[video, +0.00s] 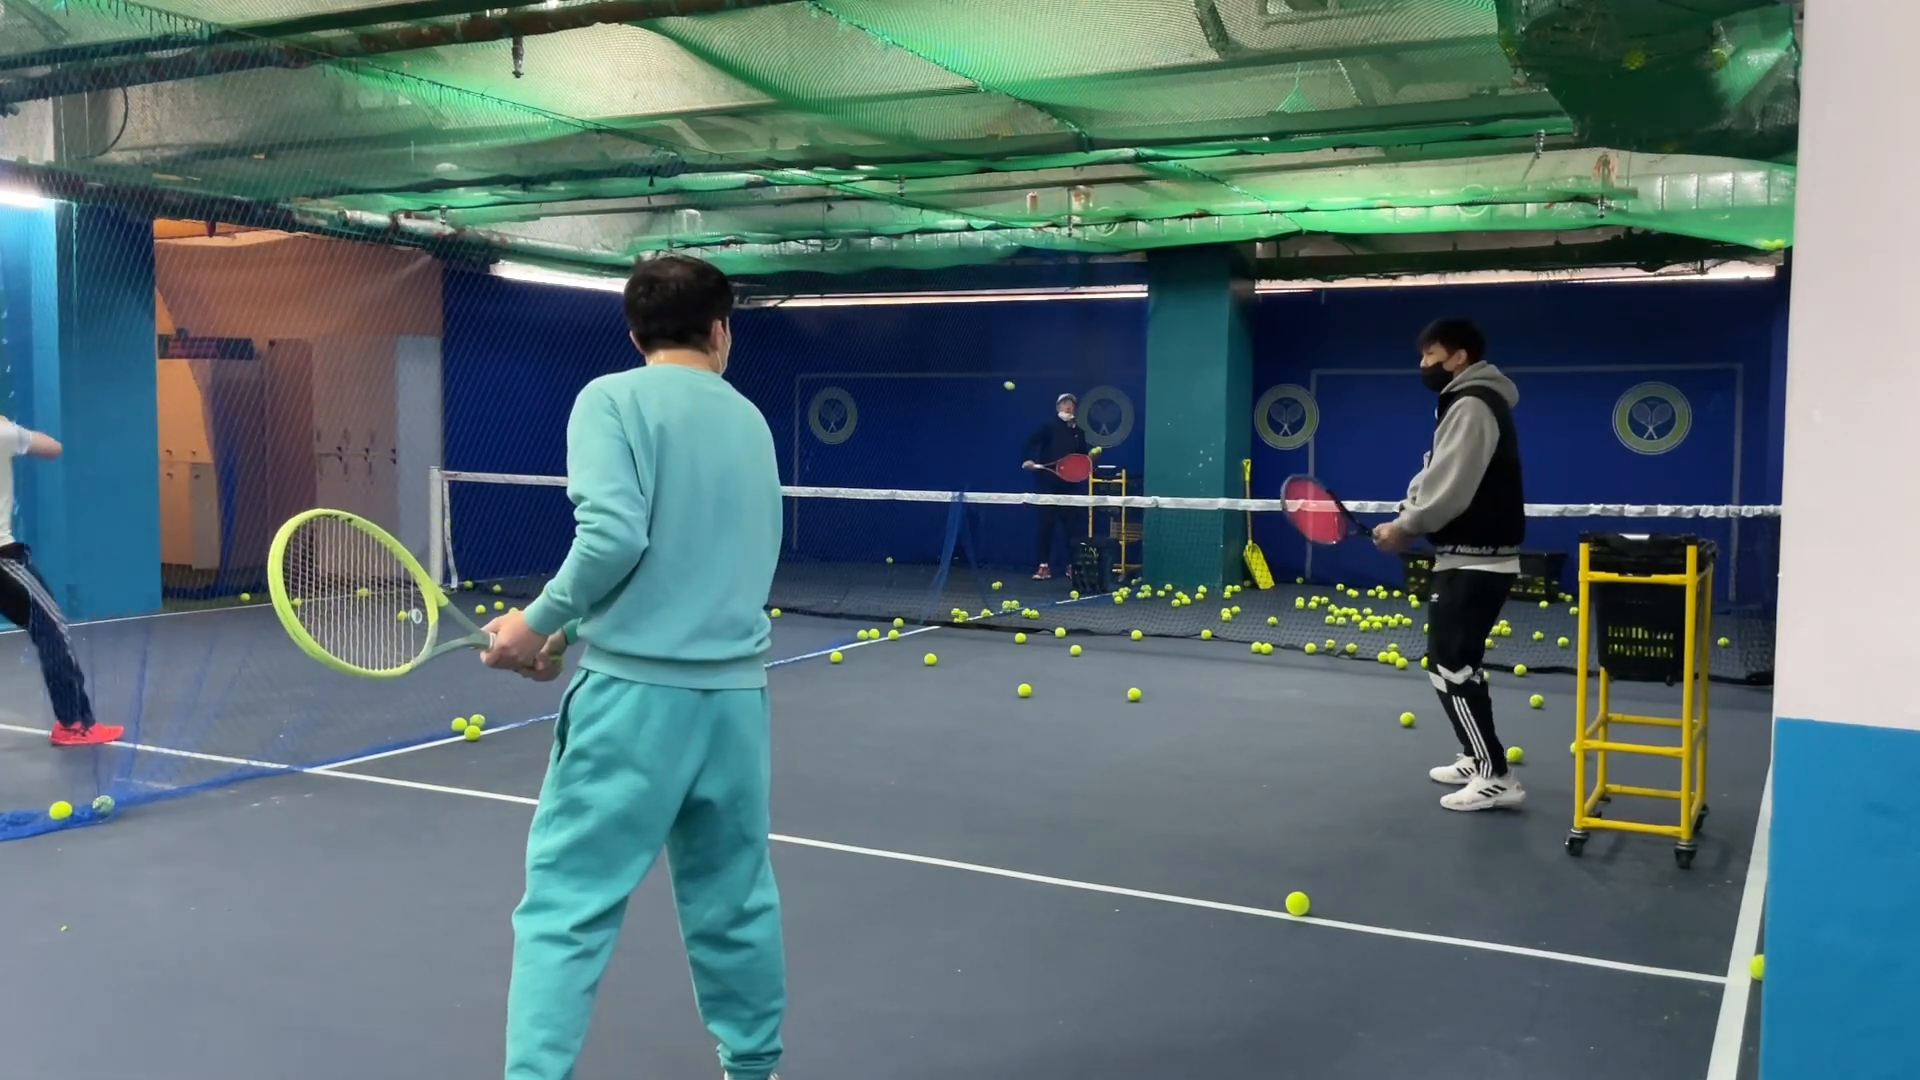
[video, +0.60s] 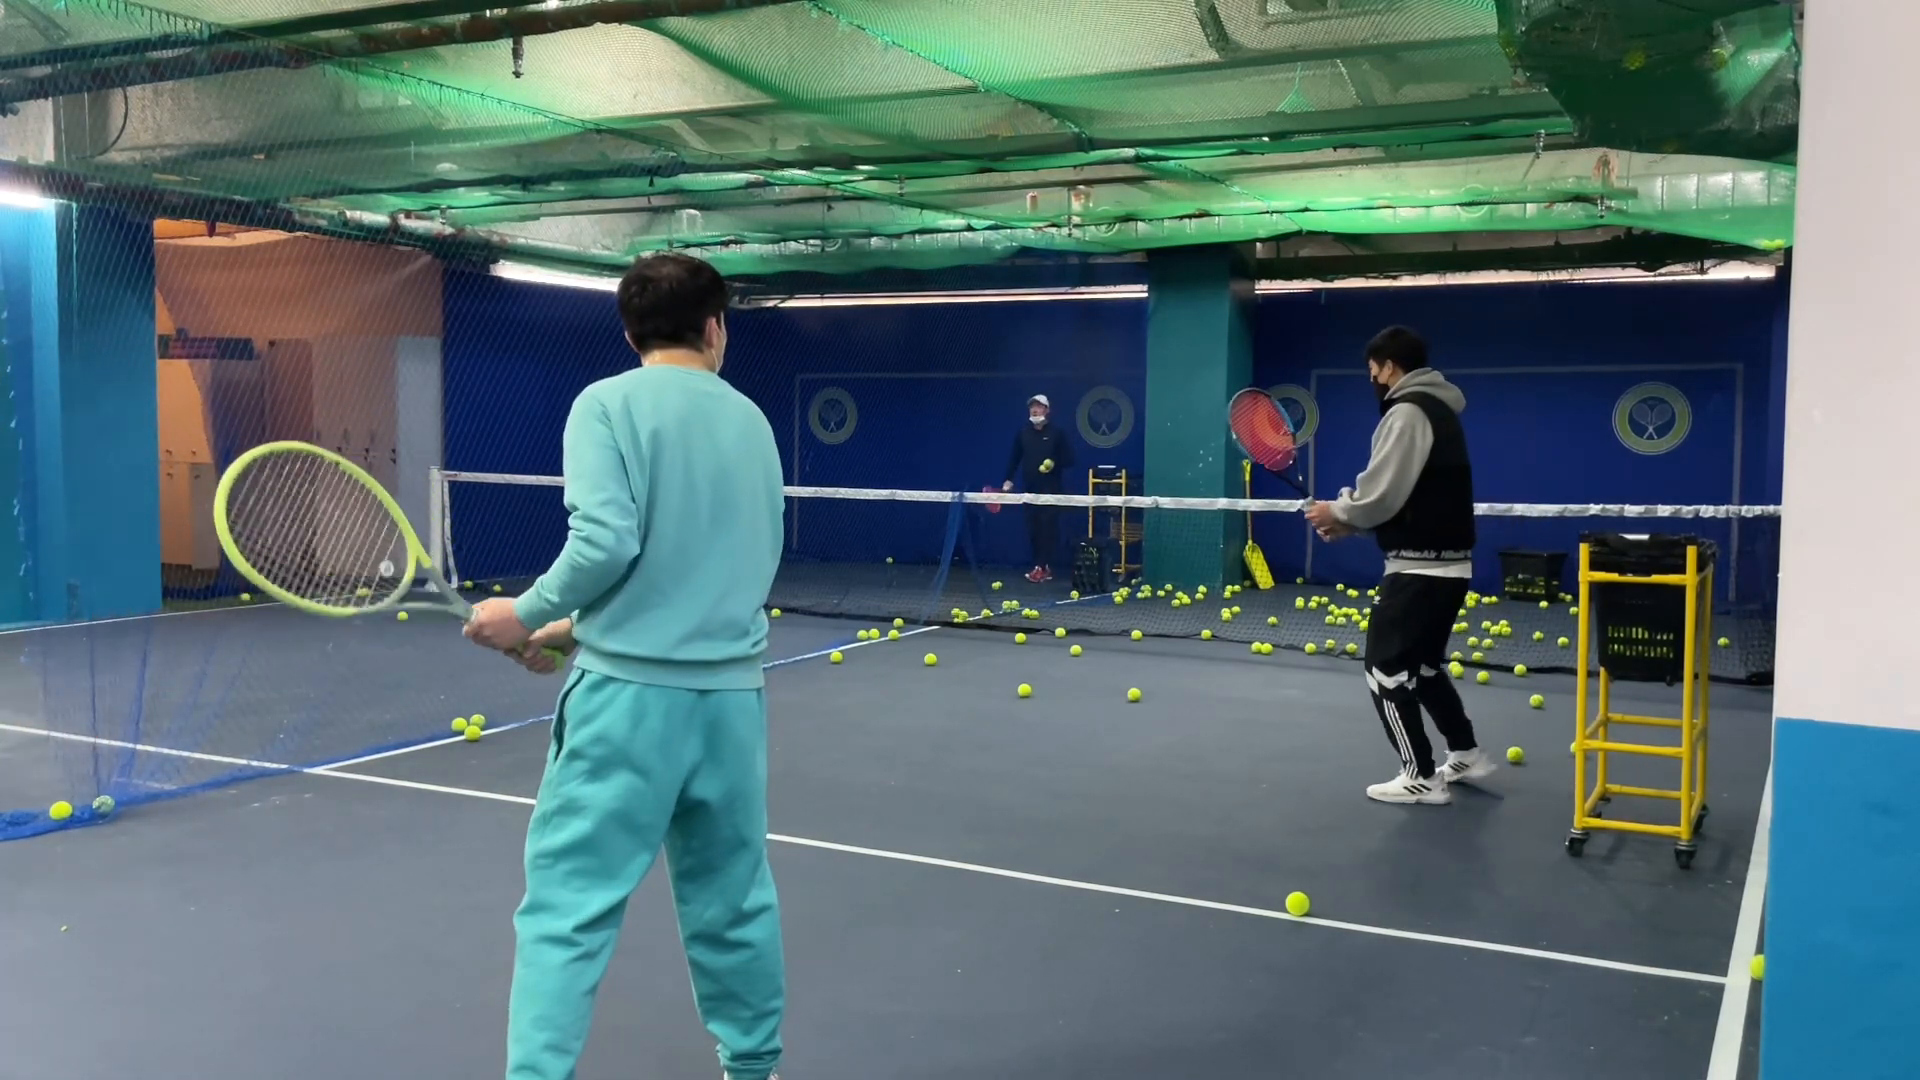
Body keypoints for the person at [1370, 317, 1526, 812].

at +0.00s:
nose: (1423, 364)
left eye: (1430, 354)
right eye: (1422, 355)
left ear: (1460, 356)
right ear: (1459, 359)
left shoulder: (1473, 408)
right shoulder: (1466, 404)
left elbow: (1450, 482)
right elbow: (1440, 474)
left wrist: (1404, 526)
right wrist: (1403, 521)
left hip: (1477, 565)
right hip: (1467, 563)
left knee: (1451, 668)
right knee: (1452, 664)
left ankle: (1494, 780)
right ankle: (1482, 759)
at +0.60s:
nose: (1374, 378)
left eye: (1374, 369)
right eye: (1373, 369)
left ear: (1390, 366)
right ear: (1414, 363)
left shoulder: (1408, 413)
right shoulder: (1437, 409)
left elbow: (1381, 492)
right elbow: (1407, 496)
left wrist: (1337, 508)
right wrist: (1352, 521)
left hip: (1418, 571)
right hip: (1448, 570)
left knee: (1386, 673)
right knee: (1425, 666)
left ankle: (1421, 778)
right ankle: (1467, 754)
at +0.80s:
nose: (1350, 376)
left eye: (1351, 368)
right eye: (1350, 368)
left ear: (1364, 366)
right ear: (1392, 364)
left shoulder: (1379, 413)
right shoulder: (1412, 409)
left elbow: (1352, 490)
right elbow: (1384, 496)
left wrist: (1312, 508)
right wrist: (1327, 524)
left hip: (1395, 567)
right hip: (1414, 563)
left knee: (1370, 666)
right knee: (1373, 661)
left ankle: (1422, 777)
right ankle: (1406, 757)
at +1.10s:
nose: (1304, 380)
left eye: (1303, 372)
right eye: (1303, 372)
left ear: (1315, 370)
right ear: (1344, 365)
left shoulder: (1331, 412)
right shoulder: (1364, 409)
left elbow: (1305, 488)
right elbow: (1334, 499)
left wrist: (1261, 505)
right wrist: (1273, 520)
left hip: (1348, 567)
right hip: (1371, 565)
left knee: (1305, 664)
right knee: (1331, 664)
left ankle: (1384, 745)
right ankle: (1354, 763)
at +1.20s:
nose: (1285, 386)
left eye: (1284, 377)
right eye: (1284, 378)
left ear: (1297, 373)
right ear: (1323, 369)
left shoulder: (1318, 415)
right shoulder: (1344, 412)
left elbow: (1291, 488)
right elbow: (1312, 500)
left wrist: (1242, 506)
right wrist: (1254, 520)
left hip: (1332, 566)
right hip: (1354, 565)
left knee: (1271, 654)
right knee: (1318, 662)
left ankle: (1326, 752)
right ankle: (1357, 761)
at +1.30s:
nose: (1264, 382)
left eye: (1263, 373)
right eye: (1262, 374)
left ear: (1276, 370)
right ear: (1301, 364)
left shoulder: (1301, 411)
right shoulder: (1320, 408)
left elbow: (1278, 482)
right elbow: (1293, 494)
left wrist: (1226, 501)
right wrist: (1236, 518)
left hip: (1314, 563)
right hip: (1336, 562)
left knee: (1251, 653)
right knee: (1314, 662)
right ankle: (1358, 765)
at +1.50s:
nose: (1215, 390)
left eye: (1214, 381)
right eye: (1212, 383)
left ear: (1225, 374)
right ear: (1251, 369)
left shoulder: (1255, 410)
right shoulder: (1273, 408)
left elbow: (1231, 485)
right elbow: (1242, 493)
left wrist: (1178, 494)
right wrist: (1183, 509)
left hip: (1264, 566)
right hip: (1290, 565)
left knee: (1213, 665)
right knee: (1285, 666)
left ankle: (1182, 769)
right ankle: (1348, 752)